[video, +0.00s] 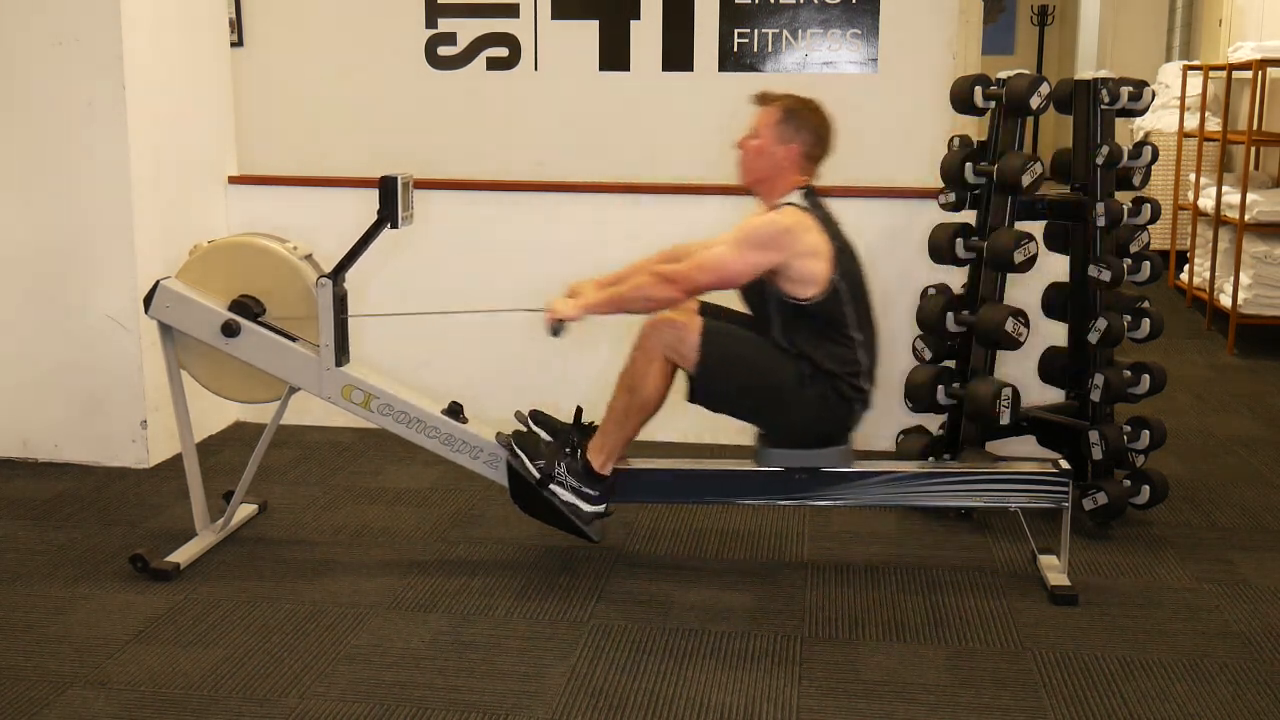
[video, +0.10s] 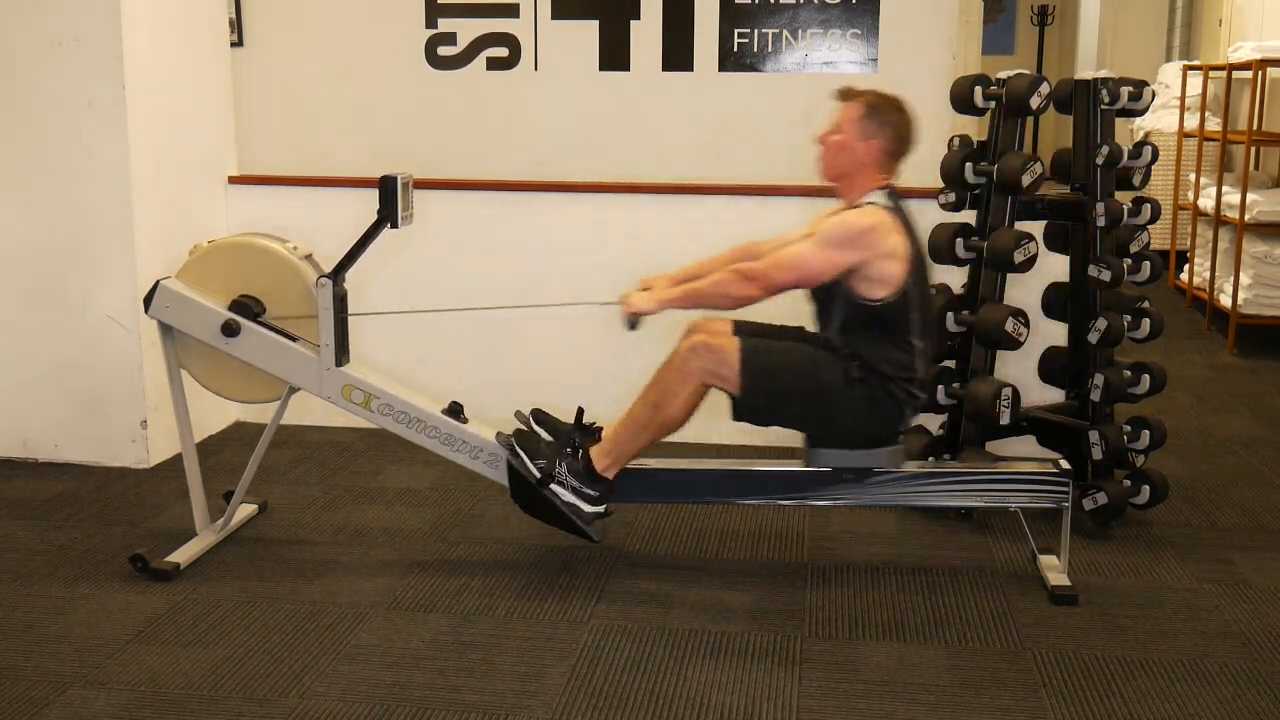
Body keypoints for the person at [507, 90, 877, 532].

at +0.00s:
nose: (741, 144)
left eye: (755, 136)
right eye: (748, 134)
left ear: (791, 152)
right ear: (789, 155)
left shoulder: (787, 226)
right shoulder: (784, 215)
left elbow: (678, 282)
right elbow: (679, 261)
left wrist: (587, 305)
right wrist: (598, 286)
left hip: (820, 400)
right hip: (809, 374)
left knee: (666, 331)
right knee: (675, 315)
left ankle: (593, 471)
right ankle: (600, 447)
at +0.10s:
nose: (822, 140)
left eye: (836, 131)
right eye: (829, 129)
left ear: (872, 149)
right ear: (867, 148)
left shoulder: (865, 223)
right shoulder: (852, 215)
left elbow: (759, 281)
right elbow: (756, 257)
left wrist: (665, 299)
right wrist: (672, 280)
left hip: (870, 399)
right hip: (855, 379)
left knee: (704, 350)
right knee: (702, 338)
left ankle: (595, 473)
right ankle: (602, 452)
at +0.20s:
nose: (913, 139)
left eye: (929, 131)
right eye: (921, 127)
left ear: (966, 149)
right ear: (954, 148)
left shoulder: (953, 228)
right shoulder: (926, 214)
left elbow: (843, 277)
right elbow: (832, 249)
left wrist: (750, 281)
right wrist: (748, 266)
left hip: (905, 393)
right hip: (882, 370)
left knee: (732, 379)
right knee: (727, 363)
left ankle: (596, 483)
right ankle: (601, 454)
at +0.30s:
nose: (986, 161)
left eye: (1002, 152)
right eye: (992, 149)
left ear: (1043, 174)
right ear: (1026, 170)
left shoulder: (1025, 245)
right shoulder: (998, 236)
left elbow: (926, 300)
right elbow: (912, 267)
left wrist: (832, 283)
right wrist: (831, 269)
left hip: (923, 396)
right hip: (902, 370)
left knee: (745, 409)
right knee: (739, 386)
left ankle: (596, 482)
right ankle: (605, 459)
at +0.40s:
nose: (1033, 196)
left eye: (1048, 189)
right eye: (1039, 185)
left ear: (1087, 211)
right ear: (1072, 205)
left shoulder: (1076, 280)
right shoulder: (1042, 261)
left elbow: (999, 340)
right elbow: (974, 292)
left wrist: (915, 294)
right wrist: (914, 280)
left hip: (933, 395)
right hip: (912, 367)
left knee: (762, 421)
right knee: (751, 400)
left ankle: (601, 486)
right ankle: (608, 457)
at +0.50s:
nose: (1050, 218)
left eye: (1066, 210)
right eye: (1057, 205)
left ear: (1105, 232)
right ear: (1090, 227)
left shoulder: (1093, 302)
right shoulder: (1057, 283)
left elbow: (1055, 391)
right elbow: (1016, 345)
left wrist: (998, 317)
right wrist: (975, 305)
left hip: (930, 394)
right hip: (911, 370)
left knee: (757, 418)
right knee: (755, 394)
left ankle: (598, 486)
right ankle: (605, 459)